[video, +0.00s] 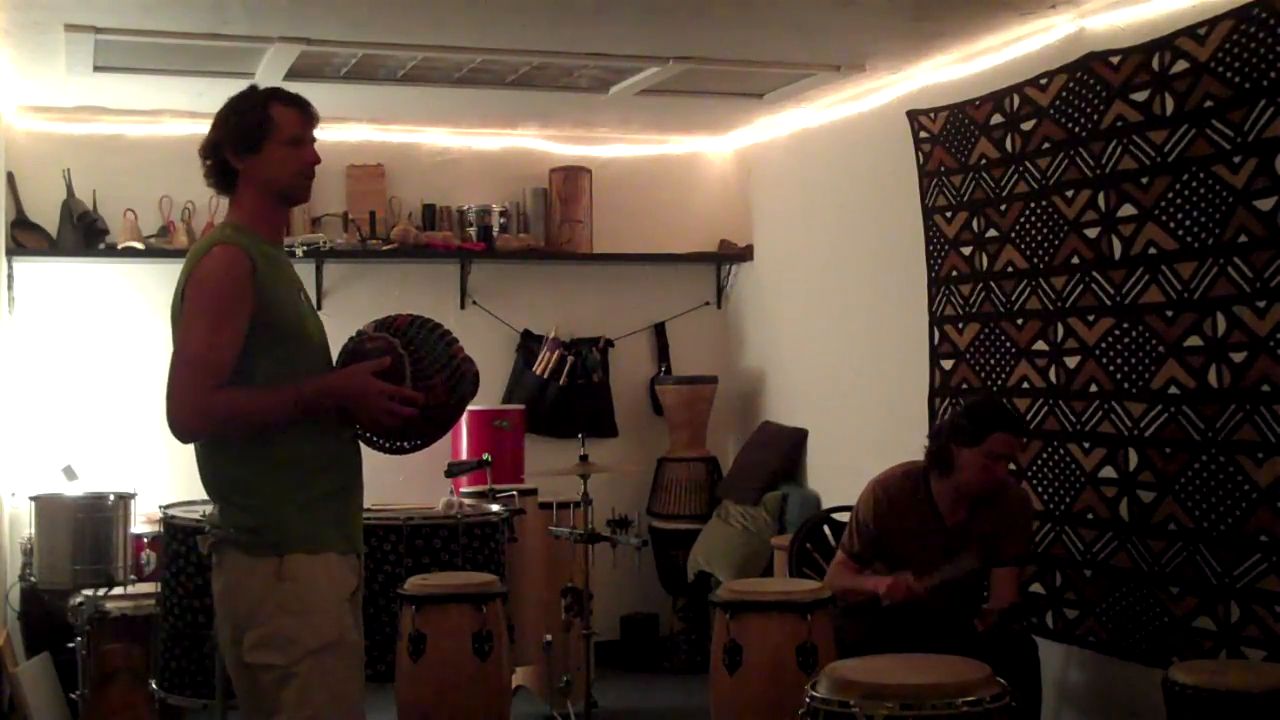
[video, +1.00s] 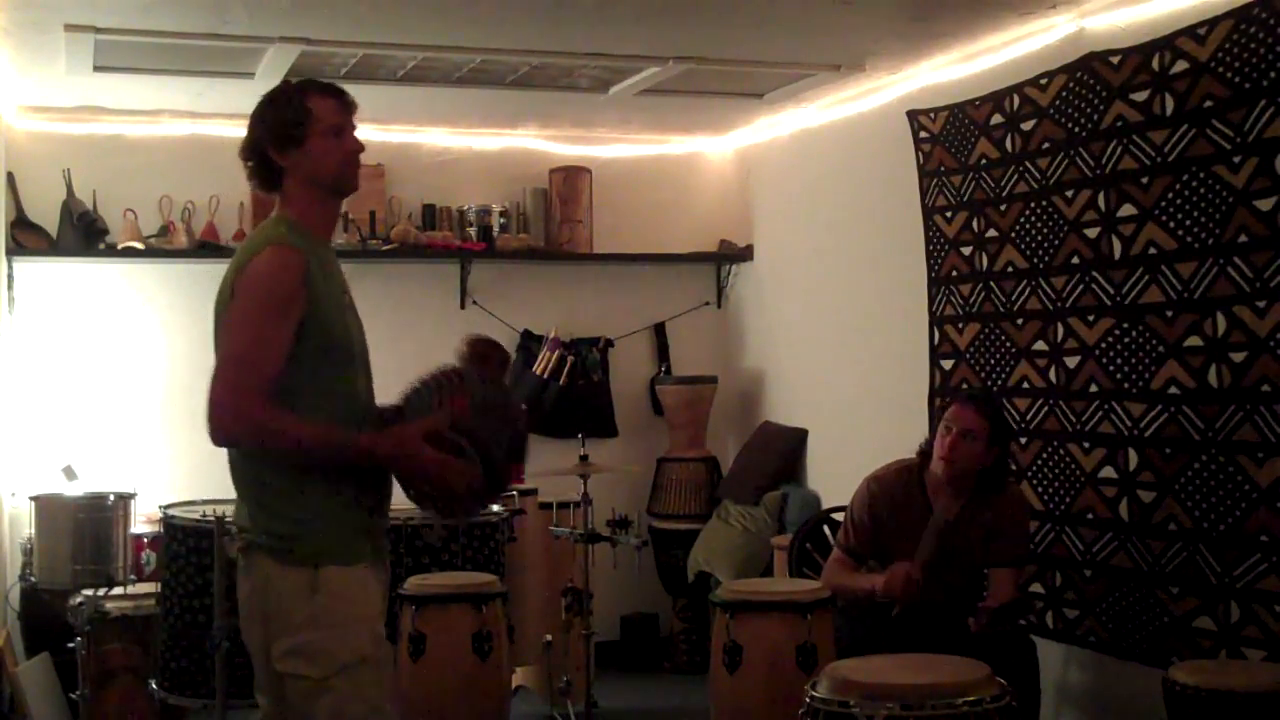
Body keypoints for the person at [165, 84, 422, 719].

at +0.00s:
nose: (316, 155)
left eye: (313, 141)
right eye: (298, 143)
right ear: (244, 156)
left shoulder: (267, 261)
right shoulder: (228, 259)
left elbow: (265, 395)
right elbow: (189, 411)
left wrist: (355, 376)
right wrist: (331, 393)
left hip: (308, 556)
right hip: (281, 562)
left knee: (316, 705)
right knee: (305, 707)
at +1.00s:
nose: (358, 145)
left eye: (355, 131)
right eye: (339, 133)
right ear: (286, 152)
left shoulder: (307, 257)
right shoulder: (279, 259)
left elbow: (324, 414)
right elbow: (233, 414)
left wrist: (418, 417)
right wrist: (384, 449)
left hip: (329, 560)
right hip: (309, 566)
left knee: (329, 707)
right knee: (340, 708)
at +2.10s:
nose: (480, 130)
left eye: (474, 113)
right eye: (461, 115)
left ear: (409, 139)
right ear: (404, 136)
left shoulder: (429, 245)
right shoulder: (410, 259)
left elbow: (505, 354)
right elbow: (468, 439)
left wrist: (618, 359)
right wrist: (601, 385)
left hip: (457, 566)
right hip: (428, 578)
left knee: (491, 707)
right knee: (448, 710)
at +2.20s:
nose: (485, 128)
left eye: (478, 112)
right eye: (464, 115)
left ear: (413, 141)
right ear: (407, 138)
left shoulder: (412, 241)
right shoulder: (424, 256)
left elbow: (489, 376)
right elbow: (466, 440)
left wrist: (624, 365)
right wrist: (615, 416)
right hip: (442, 577)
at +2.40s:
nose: (508, 123)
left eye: (501, 109)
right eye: (487, 111)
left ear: (445, 138)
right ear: (431, 136)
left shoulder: (453, 245)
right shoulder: (440, 254)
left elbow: (477, 396)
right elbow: (421, 435)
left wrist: (578, 396)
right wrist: (562, 423)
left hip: (502, 568)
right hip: (455, 580)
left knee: (562, 704)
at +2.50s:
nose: (524, 130)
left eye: (518, 115)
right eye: (505, 117)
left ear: (454, 141)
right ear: (448, 137)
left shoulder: (465, 246)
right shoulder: (450, 255)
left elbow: (493, 406)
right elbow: (426, 436)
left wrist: (602, 414)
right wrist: (569, 494)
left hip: (515, 566)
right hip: (466, 579)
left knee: (568, 710)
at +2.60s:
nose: (545, 136)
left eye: (539, 122)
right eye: (525, 124)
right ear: (472, 144)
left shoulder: (487, 255)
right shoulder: (471, 263)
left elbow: (499, 403)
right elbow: (434, 438)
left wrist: (594, 414)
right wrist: (577, 492)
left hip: (527, 570)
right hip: (472, 581)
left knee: (575, 713)